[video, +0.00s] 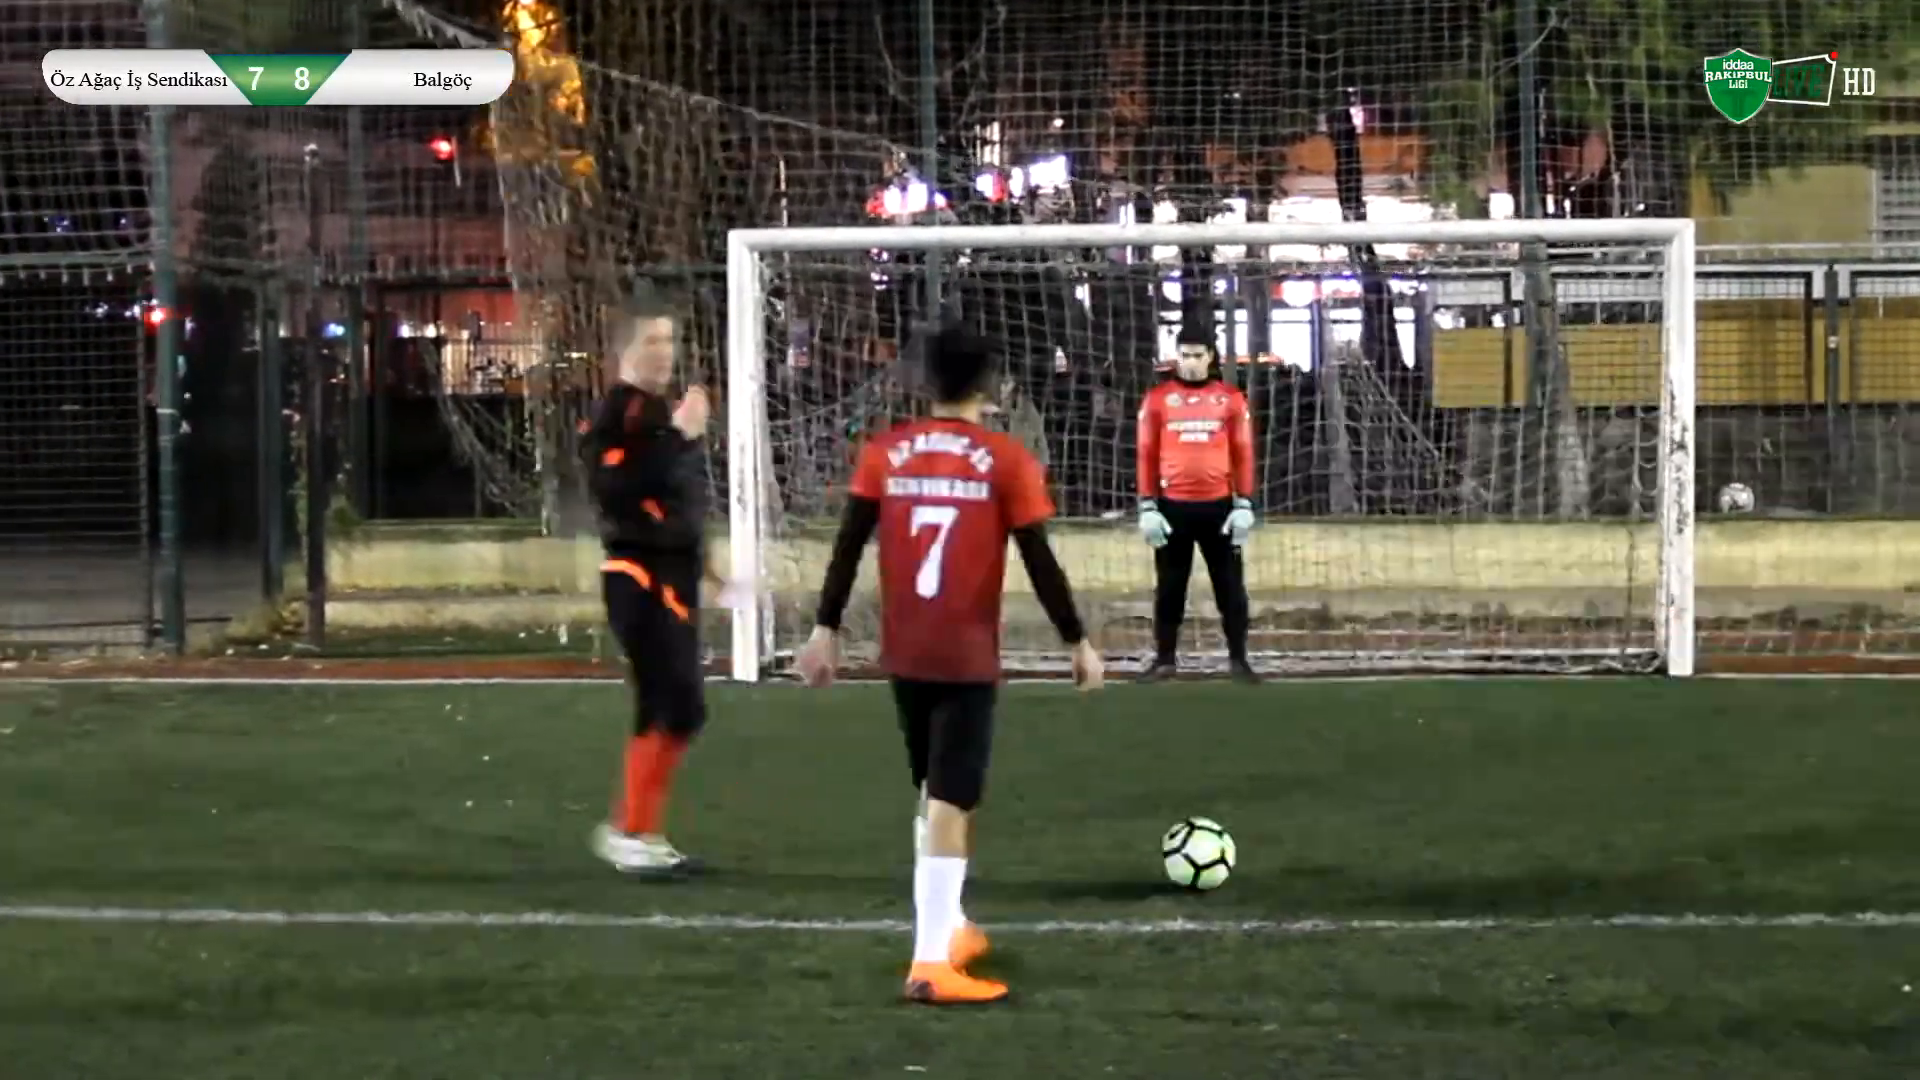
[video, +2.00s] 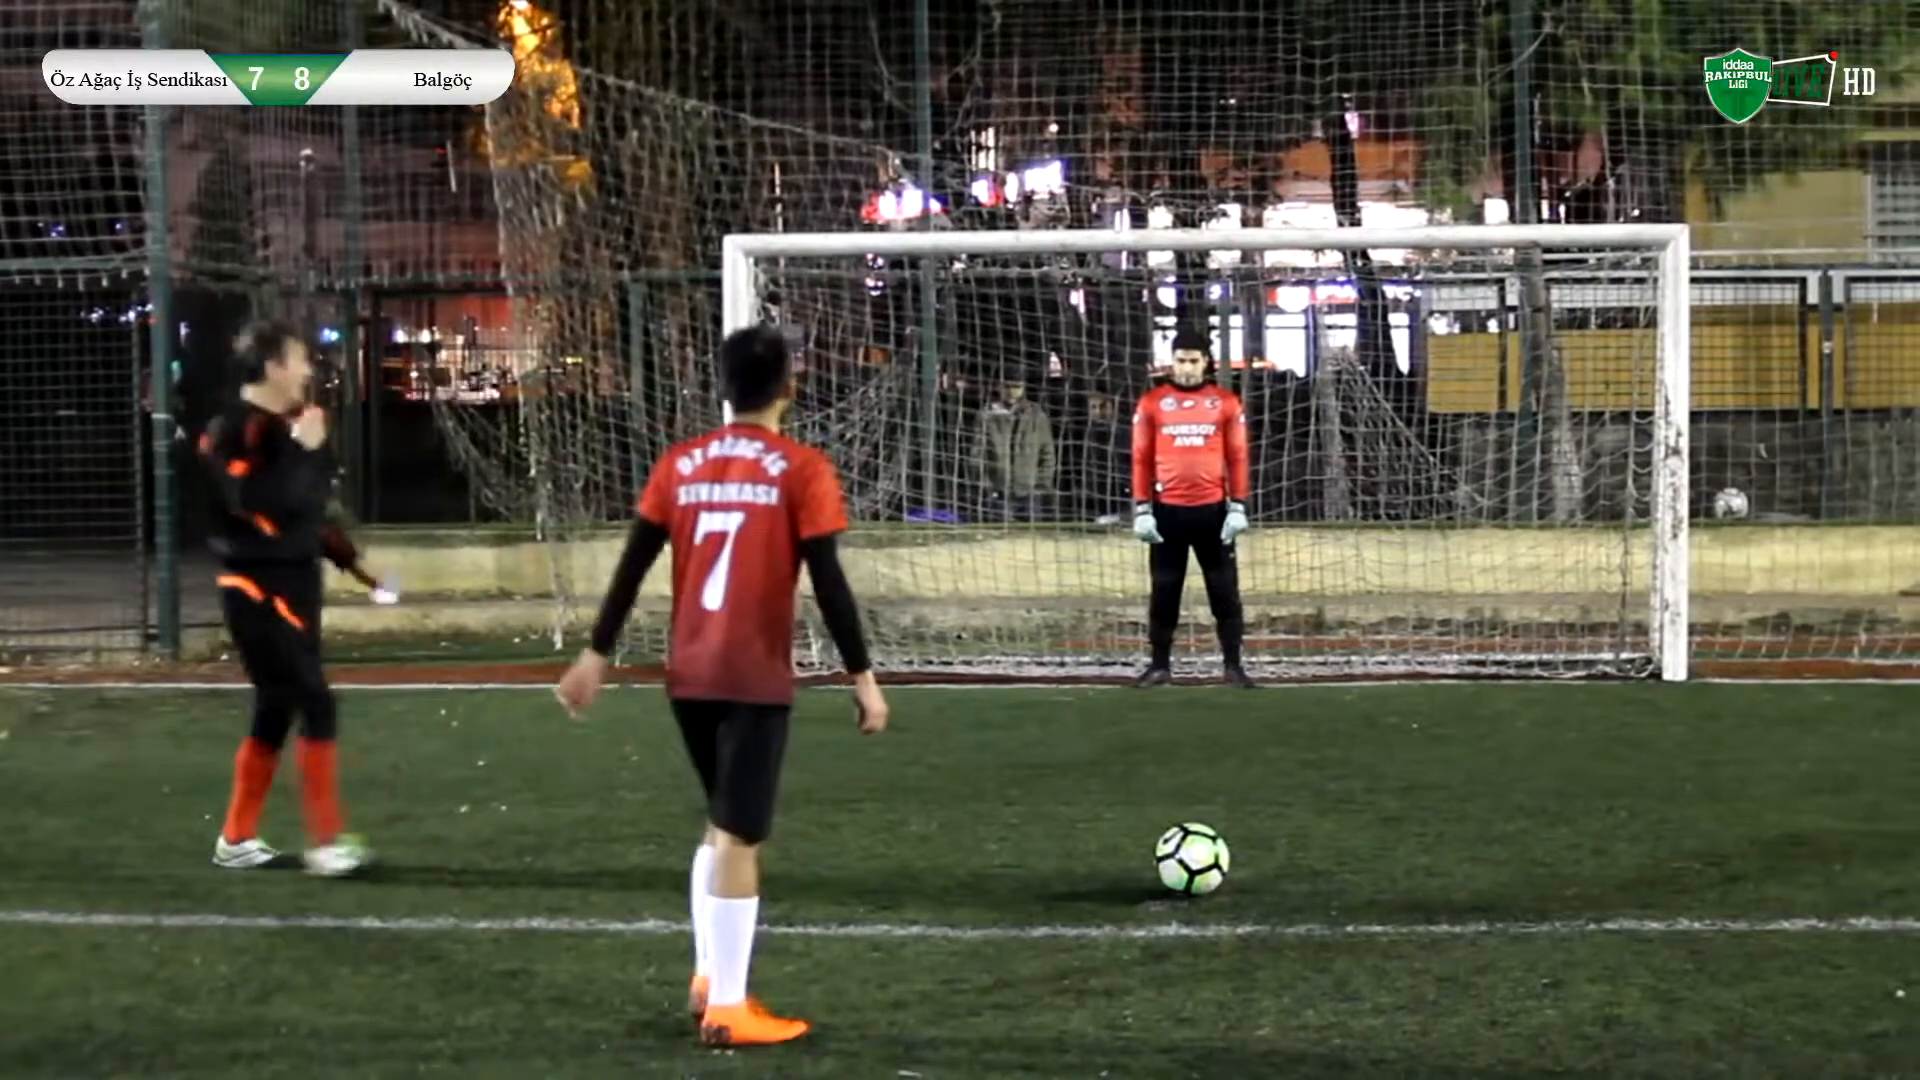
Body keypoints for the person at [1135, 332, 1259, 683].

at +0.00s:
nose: (1191, 363)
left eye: (1198, 356)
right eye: (1185, 355)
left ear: (1211, 358)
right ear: (1176, 357)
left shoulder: (1230, 398)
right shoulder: (1156, 400)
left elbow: (1244, 452)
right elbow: (1146, 453)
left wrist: (1244, 501)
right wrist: (1147, 503)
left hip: (1219, 504)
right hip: (1172, 504)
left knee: (1231, 589)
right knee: (1169, 589)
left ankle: (1239, 658)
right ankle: (1165, 658)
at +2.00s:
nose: (1187, 368)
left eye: (1194, 360)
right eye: (1180, 360)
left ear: (1206, 363)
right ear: (1171, 364)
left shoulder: (1226, 402)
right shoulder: (1151, 403)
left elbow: (1238, 456)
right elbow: (1141, 458)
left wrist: (1238, 504)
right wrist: (1142, 507)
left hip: (1213, 509)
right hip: (1167, 510)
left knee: (1225, 592)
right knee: (1164, 592)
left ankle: (1233, 664)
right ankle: (1159, 664)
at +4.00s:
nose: (1188, 363)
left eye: (1195, 356)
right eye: (1182, 356)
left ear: (1209, 359)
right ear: (1174, 359)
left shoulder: (1229, 402)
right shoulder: (1154, 402)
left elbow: (1240, 456)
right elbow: (1144, 456)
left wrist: (1239, 505)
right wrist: (1146, 505)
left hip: (1216, 507)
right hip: (1169, 508)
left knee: (1228, 589)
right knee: (1166, 590)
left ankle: (1236, 662)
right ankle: (1162, 661)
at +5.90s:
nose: (1216, 378)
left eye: (1223, 371)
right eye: (1209, 370)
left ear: (1234, 375)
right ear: (1199, 373)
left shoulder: (1252, 418)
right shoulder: (1177, 413)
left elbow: (1271, 468)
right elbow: (1157, 460)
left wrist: (1286, 504)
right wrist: (1141, 495)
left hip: (1235, 523)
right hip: (1188, 521)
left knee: (1249, 596)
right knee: (1164, 592)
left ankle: (1256, 665)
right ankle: (1159, 661)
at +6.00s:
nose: (1215, 384)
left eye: (1222, 378)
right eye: (1209, 377)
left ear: (1232, 382)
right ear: (1197, 379)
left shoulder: (1252, 420)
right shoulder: (1178, 418)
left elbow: (1275, 467)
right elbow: (1153, 463)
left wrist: (1305, 508)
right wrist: (1119, 504)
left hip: (1237, 529)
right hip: (1190, 527)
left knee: (1251, 598)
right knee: (1159, 589)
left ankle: (1254, 664)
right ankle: (1151, 658)